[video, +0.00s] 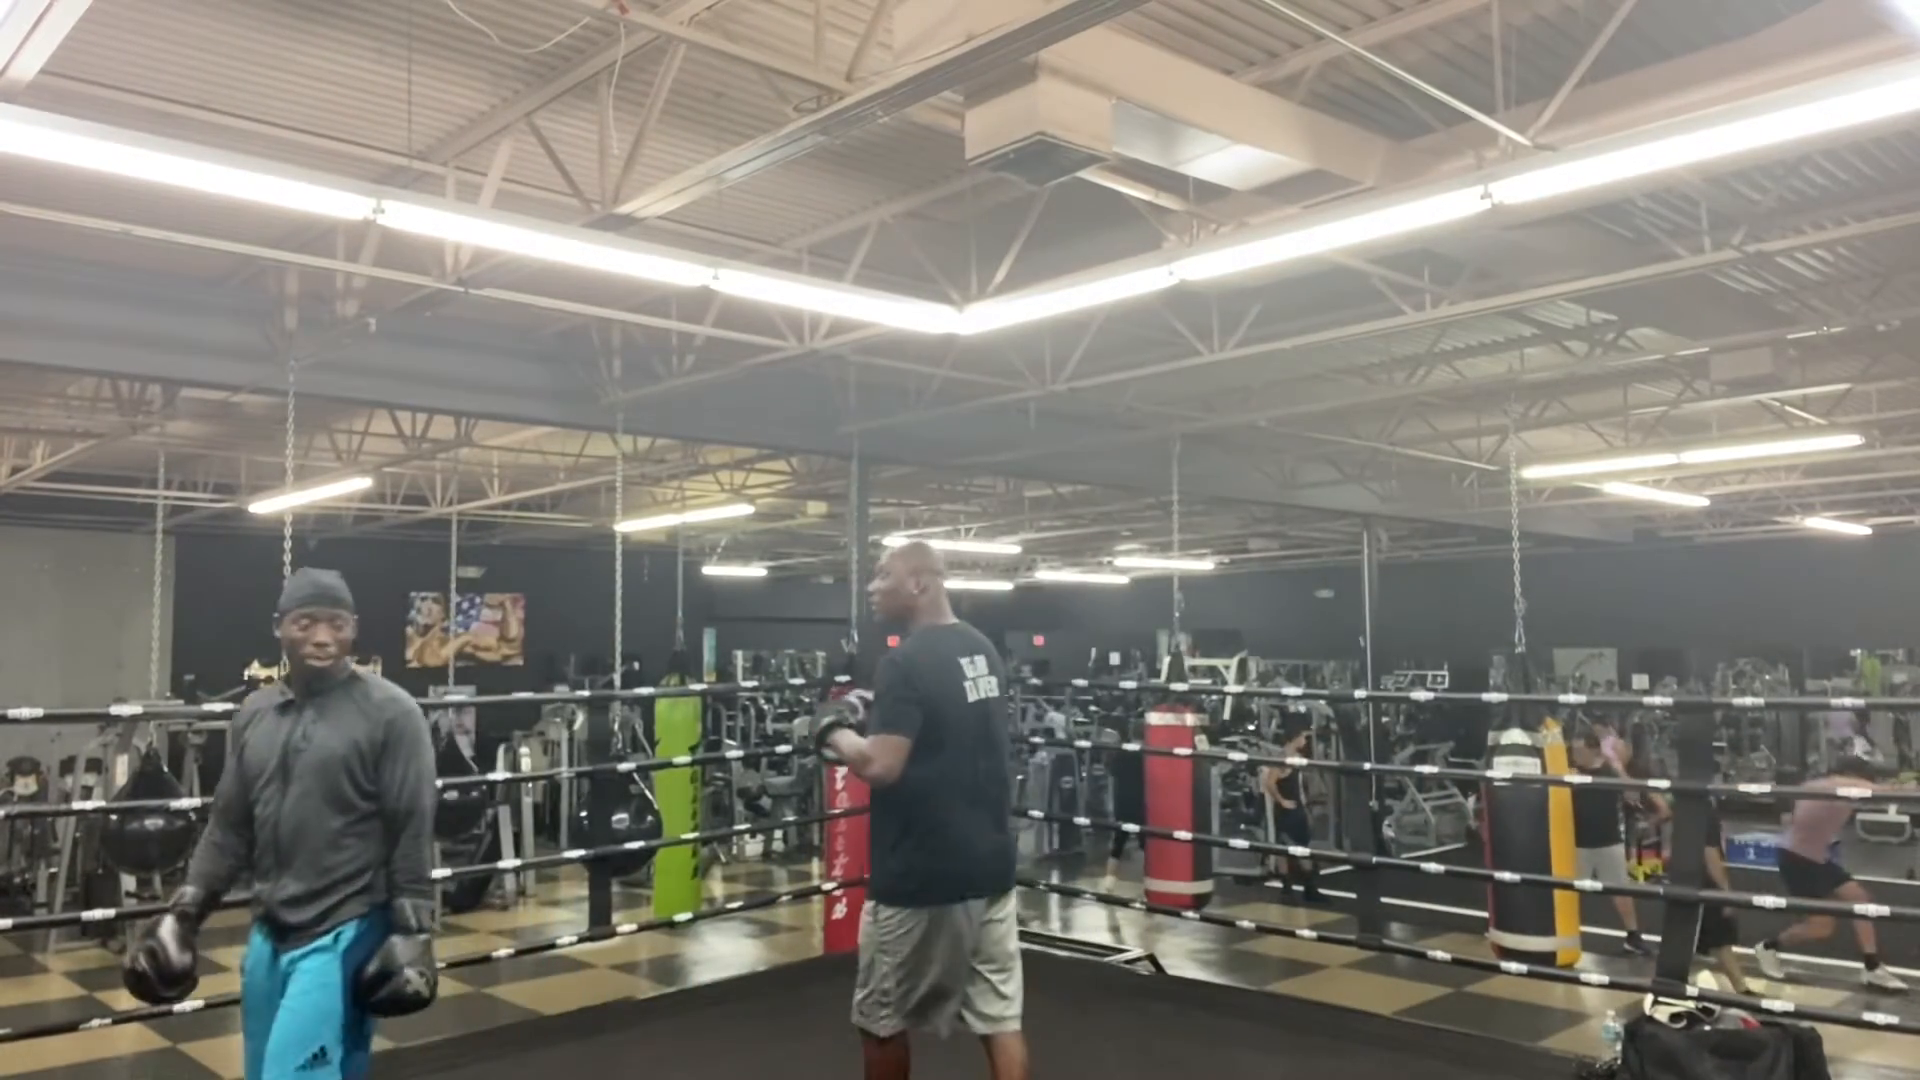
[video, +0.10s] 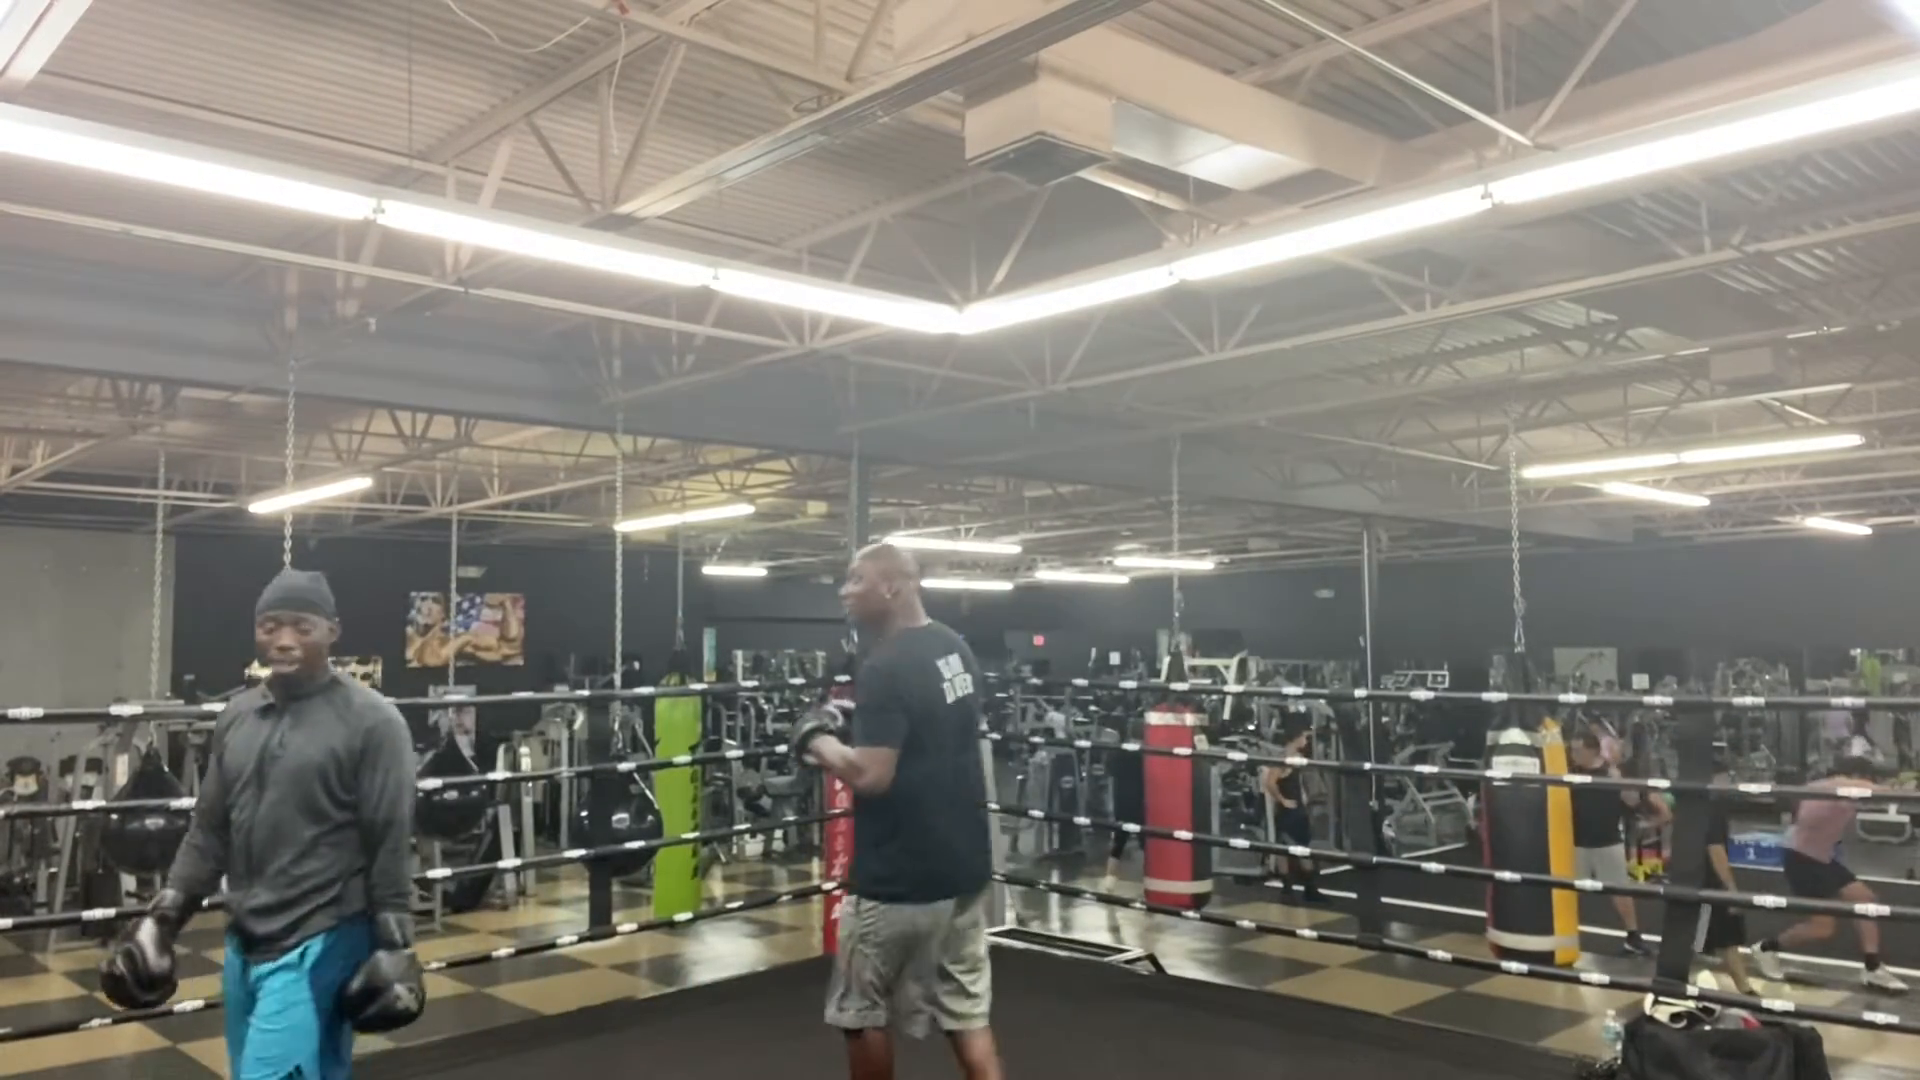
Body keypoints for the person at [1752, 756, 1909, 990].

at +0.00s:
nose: (1871, 783)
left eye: (1871, 779)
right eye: (1869, 779)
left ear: (1841, 769)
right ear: (1861, 775)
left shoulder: (1811, 783)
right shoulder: (1850, 785)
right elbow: (1883, 792)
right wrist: (1913, 788)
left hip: (1817, 862)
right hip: (1799, 863)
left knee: (1860, 902)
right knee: (1822, 927)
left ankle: (1872, 966)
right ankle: (1768, 947)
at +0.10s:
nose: (1872, 784)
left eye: (1872, 780)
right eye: (1870, 779)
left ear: (1847, 772)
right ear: (1858, 775)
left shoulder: (1817, 784)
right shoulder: (1847, 785)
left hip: (1824, 862)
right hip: (1802, 861)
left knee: (1865, 902)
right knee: (1823, 927)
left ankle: (1873, 967)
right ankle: (1766, 948)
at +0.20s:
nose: (1873, 779)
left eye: (1873, 775)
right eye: (1870, 774)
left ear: (1853, 766)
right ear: (1862, 769)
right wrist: (1903, 789)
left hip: (1828, 859)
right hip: (1802, 856)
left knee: (1867, 901)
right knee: (1819, 925)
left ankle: (1873, 968)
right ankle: (1769, 949)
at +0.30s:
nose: (1877, 771)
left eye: (1877, 765)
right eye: (1876, 765)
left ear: (1854, 760)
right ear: (1863, 761)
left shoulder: (1830, 773)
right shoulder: (1847, 777)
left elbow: (1805, 809)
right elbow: (1866, 809)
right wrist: (1877, 780)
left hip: (1834, 852)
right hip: (1805, 851)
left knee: (1866, 901)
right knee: (1813, 919)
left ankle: (1872, 967)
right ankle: (1772, 951)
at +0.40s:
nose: (1867, 766)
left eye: (1869, 762)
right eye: (1866, 761)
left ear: (1860, 760)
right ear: (1853, 756)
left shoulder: (1859, 780)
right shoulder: (1823, 773)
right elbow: (1843, 804)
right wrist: (1872, 786)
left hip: (1838, 850)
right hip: (1805, 848)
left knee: (1867, 899)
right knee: (1802, 904)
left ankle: (1873, 967)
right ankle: (1777, 953)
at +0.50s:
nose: (1855, 767)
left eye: (1860, 763)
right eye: (1853, 762)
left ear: (1863, 763)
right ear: (1842, 758)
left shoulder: (1859, 780)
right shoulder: (1816, 775)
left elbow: (1877, 808)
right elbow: (1828, 813)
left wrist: (1873, 776)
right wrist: (1849, 786)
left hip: (1839, 852)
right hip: (1804, 850)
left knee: (1866, 898)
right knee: (1789, 905)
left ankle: (1873, 967)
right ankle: (1780, 955)